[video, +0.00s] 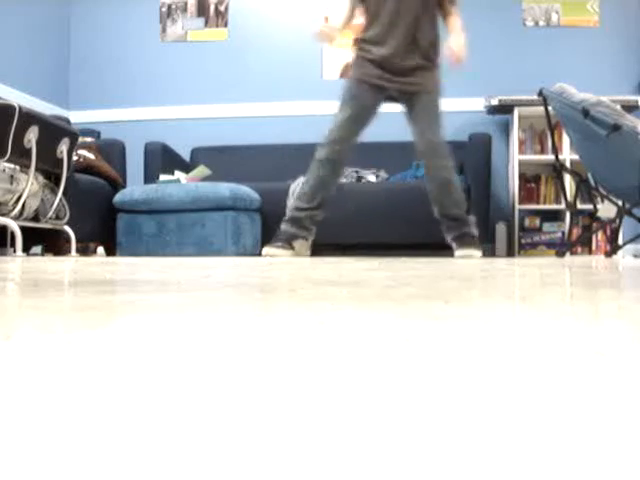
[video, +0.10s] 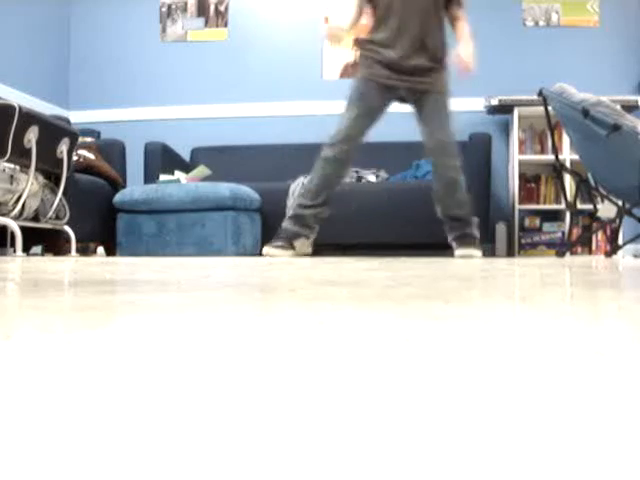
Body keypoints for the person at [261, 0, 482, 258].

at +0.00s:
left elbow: (450, 11)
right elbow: (352, 8)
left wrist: (457, 38)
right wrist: (337, 29)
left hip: (420, 68)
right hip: (371, 65)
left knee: (432, 148)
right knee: (335, 142)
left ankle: (463, 239)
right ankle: (295, 236)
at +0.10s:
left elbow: (456, 11)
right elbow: (362, 10)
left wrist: (465, 44)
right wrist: (344, 31)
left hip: (428, 69)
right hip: (378, 65)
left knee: (443, 150)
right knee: (340, 144)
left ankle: (464, 238)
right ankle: (297, 234)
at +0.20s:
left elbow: (471, 13)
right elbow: (380, 7)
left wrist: (491, 63)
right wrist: (371, 28)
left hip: (445, 57)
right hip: (400, 47)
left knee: (452, 146)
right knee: (378, 110)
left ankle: (465, 237)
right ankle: (328, 224)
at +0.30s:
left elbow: (480, 8)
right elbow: (388, 2)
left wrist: (501, 59)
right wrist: (379, 26)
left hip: (453, 46)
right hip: (410, 39)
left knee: (460, 141)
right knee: (389, 87)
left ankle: (469, 234)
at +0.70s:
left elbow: (480, 7)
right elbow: (392, 4)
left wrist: (494, 54)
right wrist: (381, 29)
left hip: (455, 54)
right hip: (409, 49)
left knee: (460, 144)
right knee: (396, 119)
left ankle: (469, 233)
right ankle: (409, 224)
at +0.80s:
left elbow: (471, 4)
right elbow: (382, 8)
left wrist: (479, 38)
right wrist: (371, 33)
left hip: (447, 56)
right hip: (402, 55)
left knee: (456, 147)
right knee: (390, 143)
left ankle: (468, 235)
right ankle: (373, 232)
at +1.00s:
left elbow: (441, 3)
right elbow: (353, 9)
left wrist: (446, 27)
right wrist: (344, 40)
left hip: (414, 53)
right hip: (368, 54)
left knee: (427, 148)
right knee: (362, 151)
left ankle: (452, 232)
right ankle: (362, 238)